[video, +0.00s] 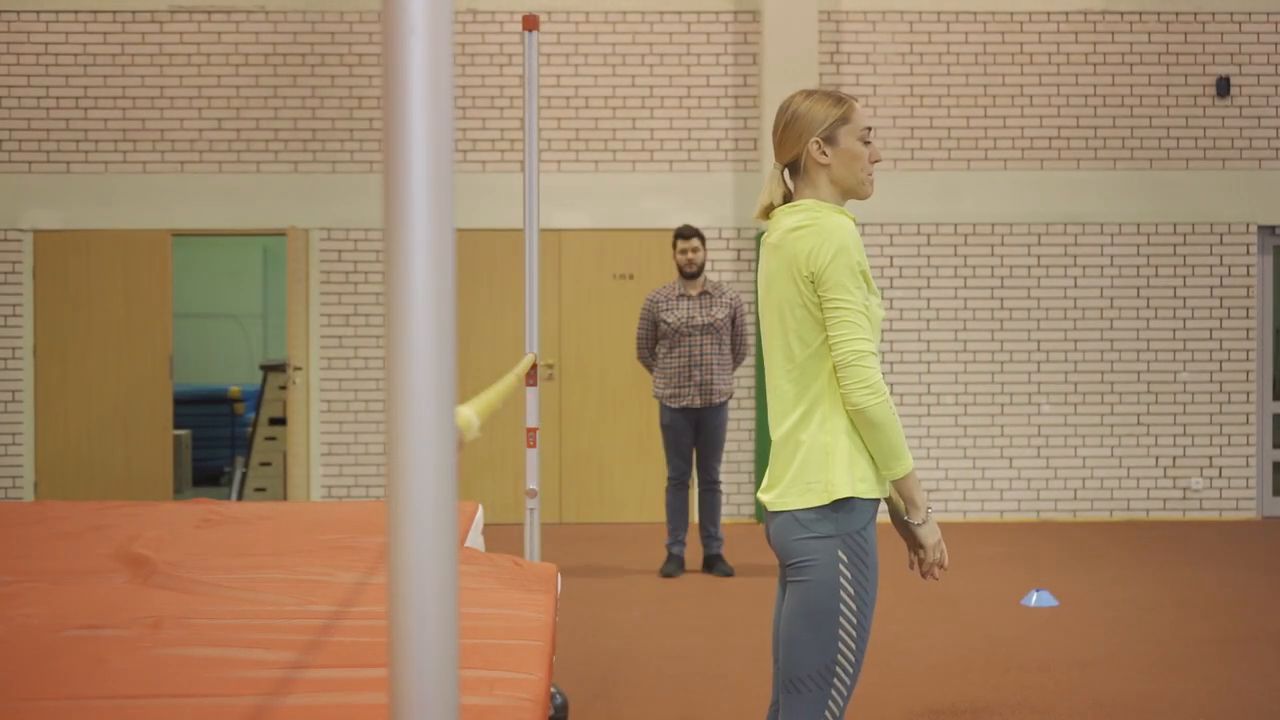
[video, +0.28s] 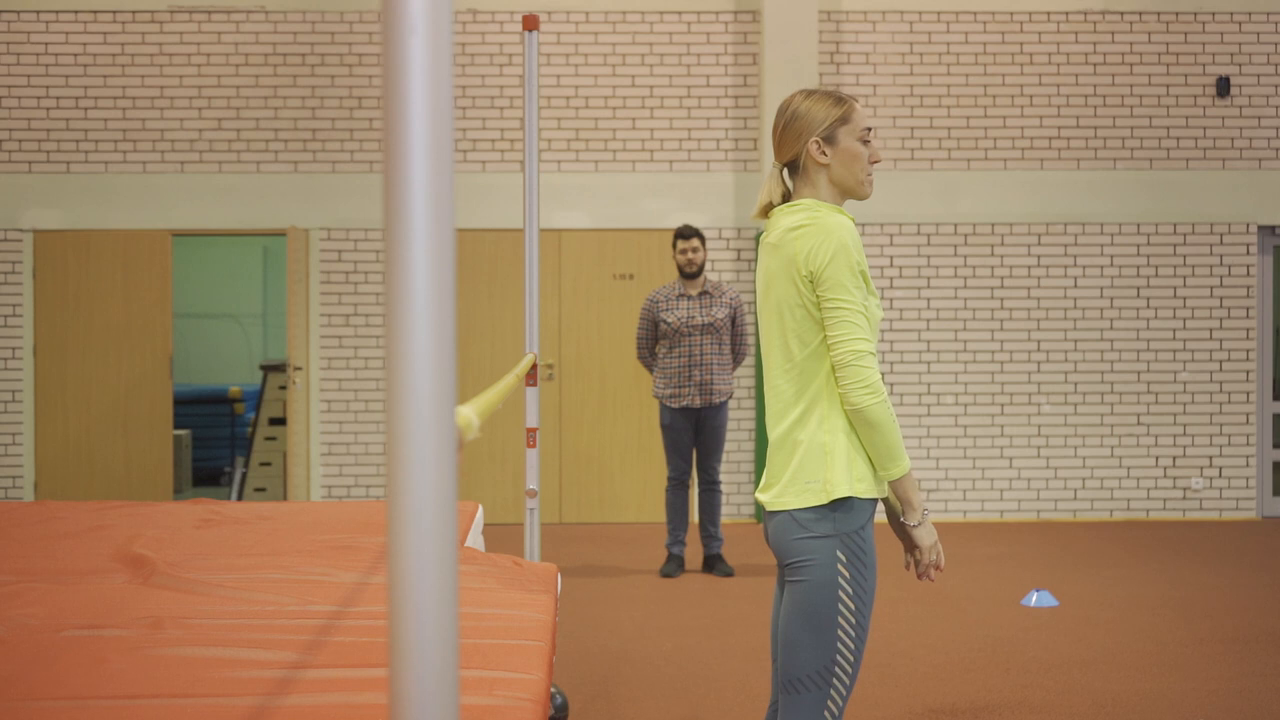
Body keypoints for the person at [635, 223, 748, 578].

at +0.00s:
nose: (689, 256)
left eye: (695, 250)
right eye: (683, 251)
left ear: (705, 254)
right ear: (674, 256)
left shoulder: (728, 297)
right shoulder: (659, 299)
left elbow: (741, 348)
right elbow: (644, 350)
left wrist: (717, 372)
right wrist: (670, 375)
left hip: (715, 402)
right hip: (674, 402)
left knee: (710, 479)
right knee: (678, 477)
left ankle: (713, 552)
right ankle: (675, 553)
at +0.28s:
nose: (689, 256)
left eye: (695, 250)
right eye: (682, 251)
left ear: (705, 253)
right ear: (674, 256)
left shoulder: (728, 297)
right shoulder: (658, 299)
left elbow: (741, 348)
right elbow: (644, 350)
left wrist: (718, 372)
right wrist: (669, 376)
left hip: (715, 402)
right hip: (674, 402)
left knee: (710, 478)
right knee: (678, 477)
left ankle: (713, 553)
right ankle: (675, 553)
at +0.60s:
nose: (689, 256)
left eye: (695, 250)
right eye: (682, 251)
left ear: (705, 253)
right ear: (674, 256)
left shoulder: (728, 296)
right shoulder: (658, 299)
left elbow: (741, 347)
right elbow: (644, 350)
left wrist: (718, 372)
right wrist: (669, 376)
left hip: (715, 402)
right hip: (674, 402)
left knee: (710, 478)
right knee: (678, 477)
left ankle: (713, 553)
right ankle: (675, 553)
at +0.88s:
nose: (689, 256)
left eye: (695, 250)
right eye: (682, 251)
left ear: (705, 253)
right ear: (674, 256)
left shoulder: (728, 297)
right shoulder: (658, 300)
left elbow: (741, 347)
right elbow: (644, 350)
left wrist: (718, 372)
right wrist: (669, 376)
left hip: (715, 401)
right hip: (674, 402)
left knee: (710, 478)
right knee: (678, 477)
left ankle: (713, 553)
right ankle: (675, 553)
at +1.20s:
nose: (689, 256)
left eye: (695, 250)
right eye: (682, 251)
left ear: (705, 254)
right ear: (674, 256)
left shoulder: (728, 296)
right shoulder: (659, 299)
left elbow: (741, 348)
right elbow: (644, 350)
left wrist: (718, 372)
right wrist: (669, 375)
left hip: (715, 401)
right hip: (674, 402)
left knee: (710, 478)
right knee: (678, 477)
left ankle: (713, 552)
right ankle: (675, 553)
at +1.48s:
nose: (689, 256)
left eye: (695, 250)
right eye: (682, 251)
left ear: (705, 253)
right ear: (674, 256)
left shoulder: (728, 296)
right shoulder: (658, 300)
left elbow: (741, 347)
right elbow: (644, 350)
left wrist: (718, 372)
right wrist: (669, 376)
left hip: (715, 401)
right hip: (674, 402)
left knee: (710, 478)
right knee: (678, 477)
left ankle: (713, 553)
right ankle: (675, 553)